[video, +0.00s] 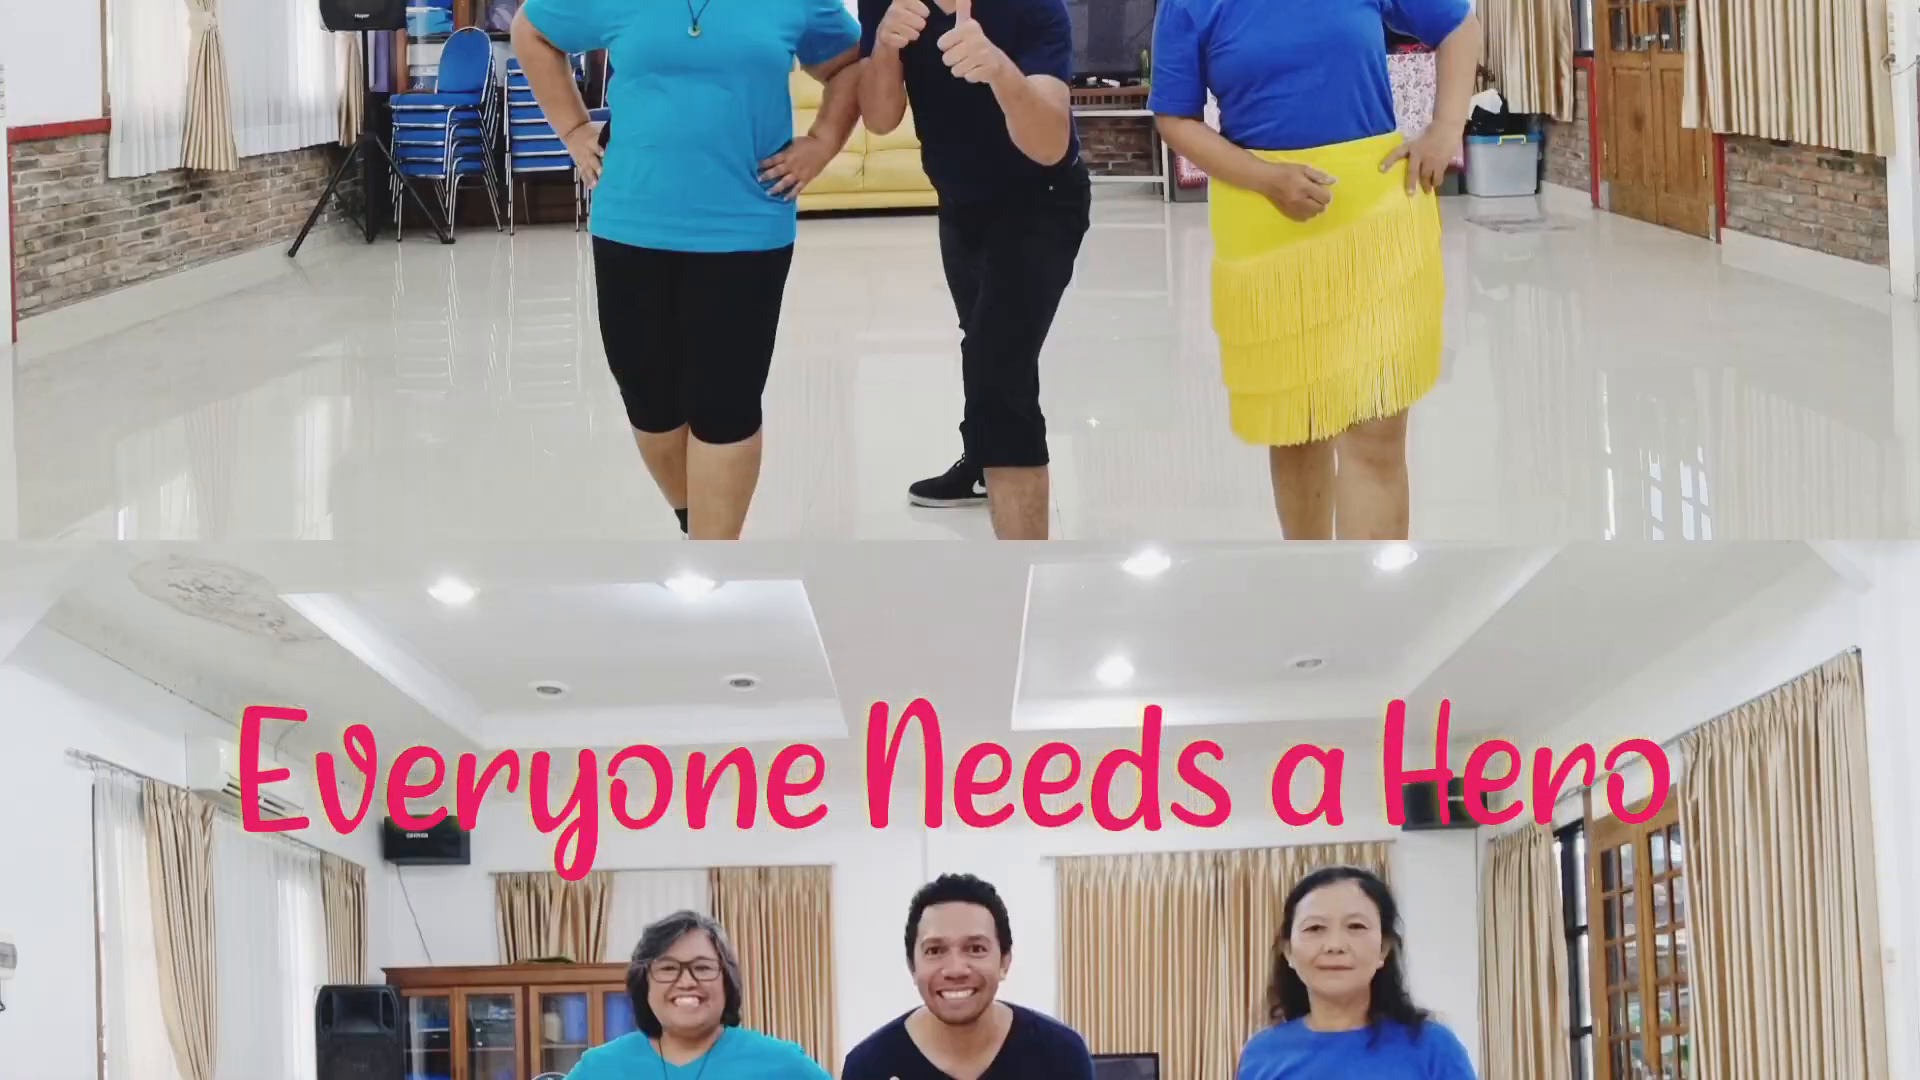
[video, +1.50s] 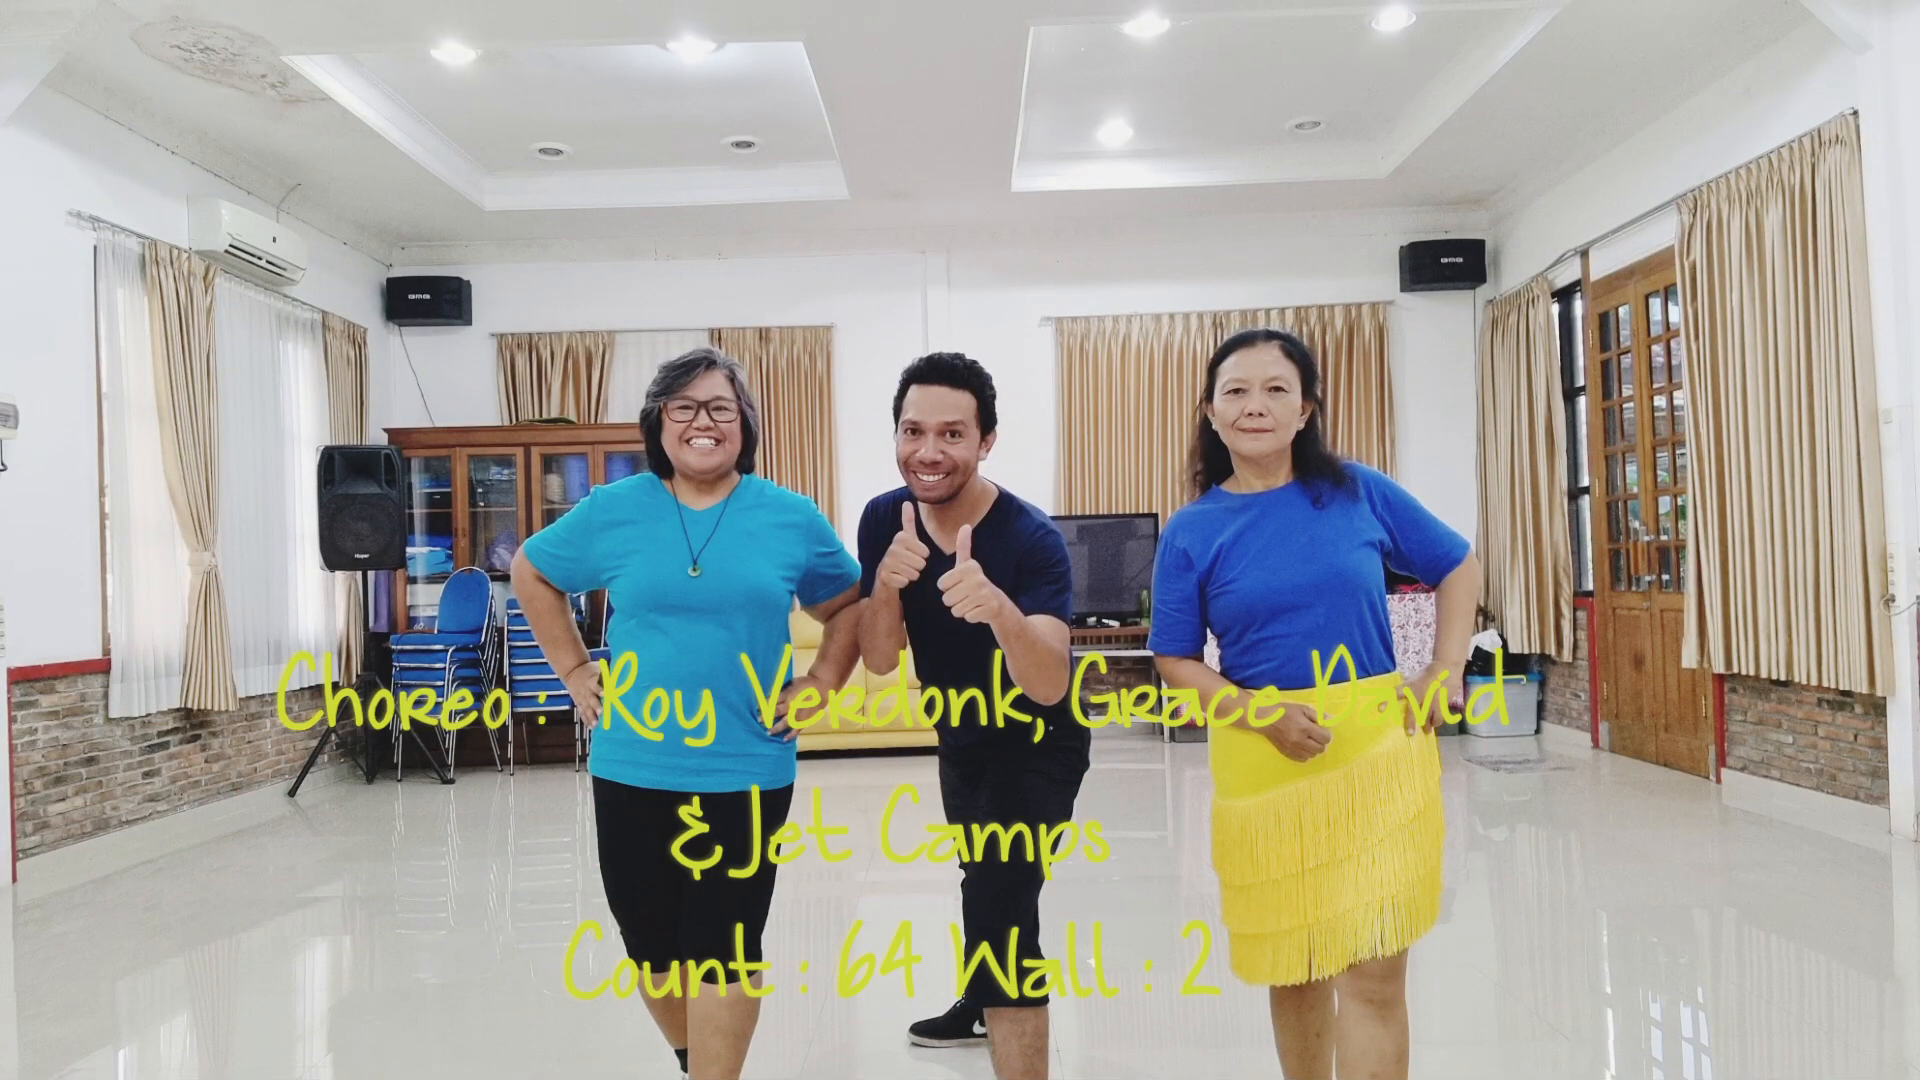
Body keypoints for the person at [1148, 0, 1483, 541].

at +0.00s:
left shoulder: (1369, 2)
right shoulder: (1190, 5)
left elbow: (1460, 24)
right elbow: (1174, 119)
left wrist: (1446, 126)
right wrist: (1266, 176)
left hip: (1377, 211)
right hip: (1266, 224)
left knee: (1379, 433)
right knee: (1297, 439)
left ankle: (1380, 613)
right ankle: (1312, 614)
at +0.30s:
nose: (1254, 371)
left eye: (1276, 356)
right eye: (1235, 356)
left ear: (1306, 373)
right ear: (1212, 376)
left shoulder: (1359, 457)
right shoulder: (1192, 495)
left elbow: (1460, 531)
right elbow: (1172, 624)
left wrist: (1446, 632)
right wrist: (1263, 680)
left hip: (1377, 712)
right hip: (1263, 725)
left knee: (1376, 940)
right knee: (1296, 942)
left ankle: (1381, 1077)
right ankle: (1310, 1076)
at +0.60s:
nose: (1254, 405)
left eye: (1276, 390)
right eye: (1234, 391)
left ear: (1305, 407)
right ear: (1212, 410)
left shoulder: (1359, 491)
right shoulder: (1192, 530)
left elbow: (1460, 565)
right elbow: (1172, 661)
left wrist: (1447, 667)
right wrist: (1261, 712)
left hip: (1376, 758)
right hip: (1266, 771)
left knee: (1376, 976)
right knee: (1296, 979)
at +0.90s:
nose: (1254, 405)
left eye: (1276, 390)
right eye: (1235, 391)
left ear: (1305, 407)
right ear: (1212, 410)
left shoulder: (1359, 491)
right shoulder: (1192, 531)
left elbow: (1460, 566)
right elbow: (1172, 661)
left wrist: (1447, 667)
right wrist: (1261, 712)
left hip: (1378, 757)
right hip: (1267, 771)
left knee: (1377, 975)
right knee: (1296, 979)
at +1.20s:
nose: (1254, 405)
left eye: (1276, 390)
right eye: (1235, 391)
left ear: (1305, 408)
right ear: (1212, 410)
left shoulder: (1359, 491)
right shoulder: (1192, 530)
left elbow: (1460, 565)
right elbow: (1172, 661)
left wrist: (1447, 667)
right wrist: (1261, 713)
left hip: (1377, 758)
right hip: (1266, 771)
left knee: (1376, 977)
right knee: (1296, 979)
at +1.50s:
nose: (1254, 405)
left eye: (1276, 390)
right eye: (1234, 391)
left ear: (1305, 408)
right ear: (1212, 410)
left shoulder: (1359, 491)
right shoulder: (1192, 530)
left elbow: (1460, 565)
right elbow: (1172, 661)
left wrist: (1447, 667)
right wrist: (1261, 713)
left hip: (1377, 758)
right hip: (1267, 770)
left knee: (1376, 976)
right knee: (1296, 978)